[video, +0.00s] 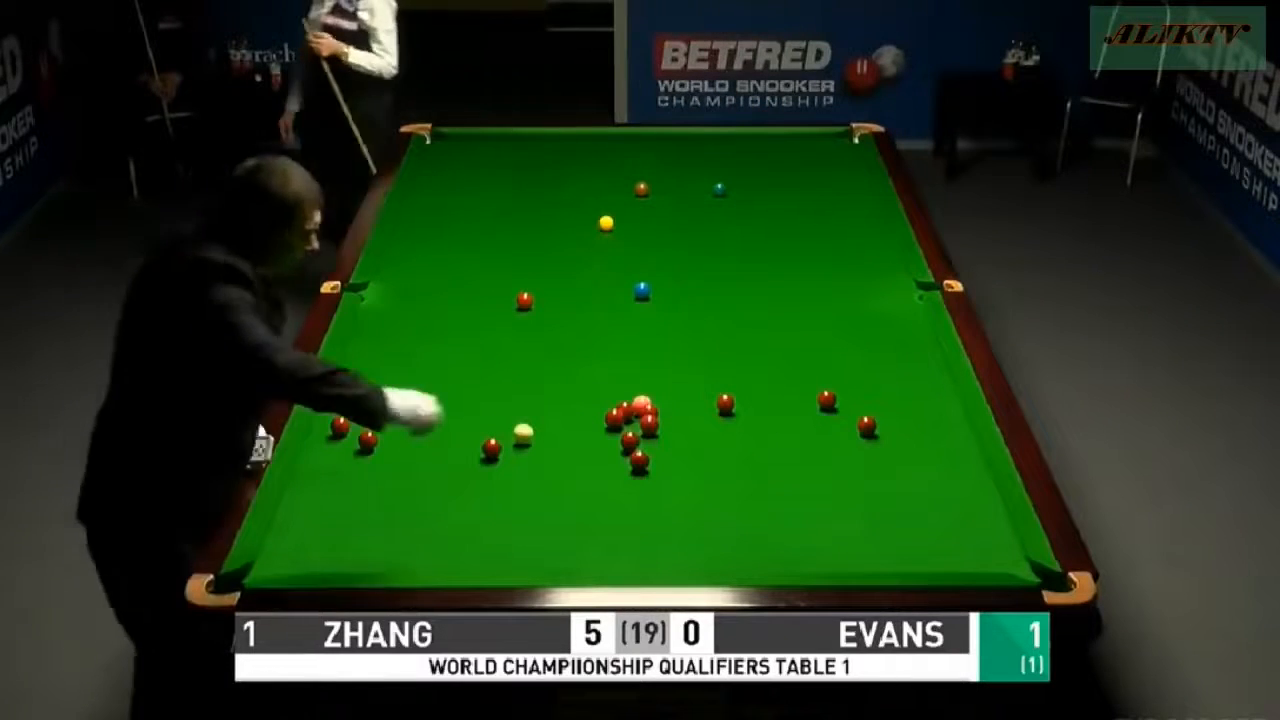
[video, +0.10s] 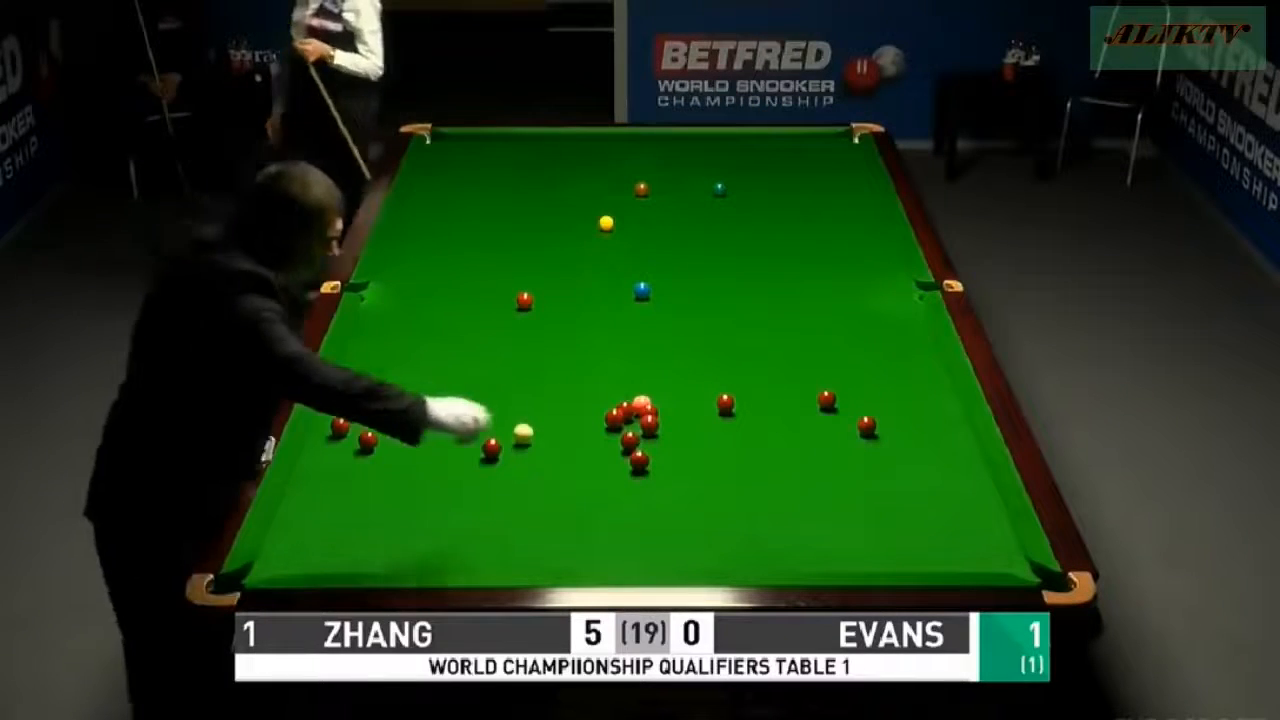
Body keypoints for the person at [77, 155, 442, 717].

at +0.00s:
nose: (314, 242)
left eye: (315, 230)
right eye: (306, 231)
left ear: (252, 220)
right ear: (268, 229)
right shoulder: (210, 284)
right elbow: (271, 363)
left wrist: (236, 436)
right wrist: (379, 402)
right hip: (144, 507)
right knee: (176, 655)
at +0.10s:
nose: (335, 250)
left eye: (336, 239)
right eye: (329, 239)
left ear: (267, 224)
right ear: (291, 238)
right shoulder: (237, 293)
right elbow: (301, 373)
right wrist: (422, 410)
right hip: (154, 508)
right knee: (171, 666)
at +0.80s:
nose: (461, 348)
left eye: (463, 335)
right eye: (459, 337)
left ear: (394, 295)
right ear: (431, 335)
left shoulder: (317, 287)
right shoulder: (388, 389)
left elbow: (221, 318)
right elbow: (464, 467)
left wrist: (255, 392)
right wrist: (579, 508)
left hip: (151, 463)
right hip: (203, 501)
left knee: (159, 654)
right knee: (198, 661)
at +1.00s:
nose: (455, 343)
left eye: (457, 330)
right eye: (453, 331)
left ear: (387, 288)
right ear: (426, 329)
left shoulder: (311, 282)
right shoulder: (383, 386)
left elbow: (205, 320)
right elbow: (457, 469)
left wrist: (255, 391)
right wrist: (568, 510)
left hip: (153, 461)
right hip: (203, 504)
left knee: (161, 653)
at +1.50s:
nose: (455, 342)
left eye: (457, 329)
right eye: (453, 330)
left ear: (387, 286)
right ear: (428, 328)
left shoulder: (314, 281)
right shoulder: (384, 382)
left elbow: (221, 315)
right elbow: (456, 464)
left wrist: (238, 401)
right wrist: (575, 506)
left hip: (154, 451)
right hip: (197, 495)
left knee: (160, 639)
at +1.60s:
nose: (455, 342)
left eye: (458, 329)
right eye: (454, 331)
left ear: (387, 287)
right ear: (429, 329)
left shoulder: (314, 281)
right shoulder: (384, 383)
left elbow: (222, 316)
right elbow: (457, 465)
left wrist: (240, 402)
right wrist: (575, 506)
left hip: (155, 449)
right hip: (196, 493)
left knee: (160, 635)